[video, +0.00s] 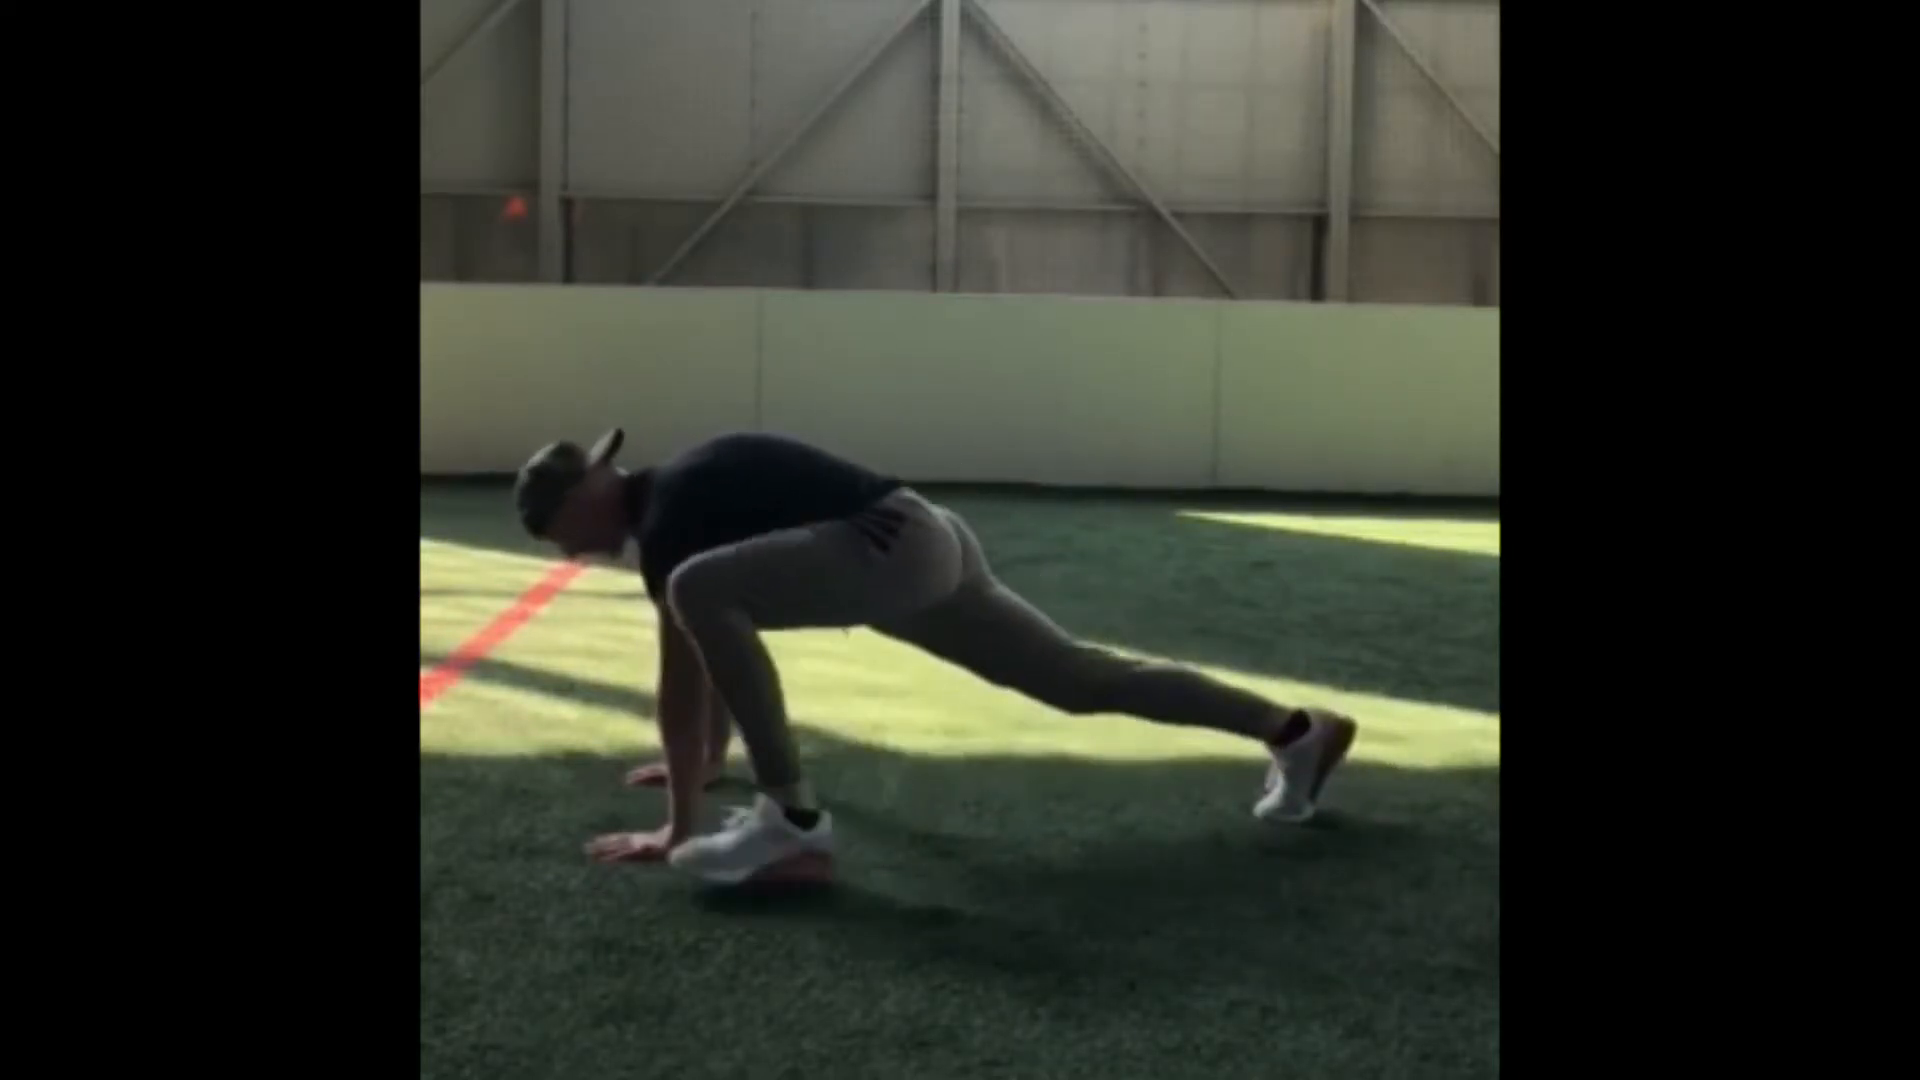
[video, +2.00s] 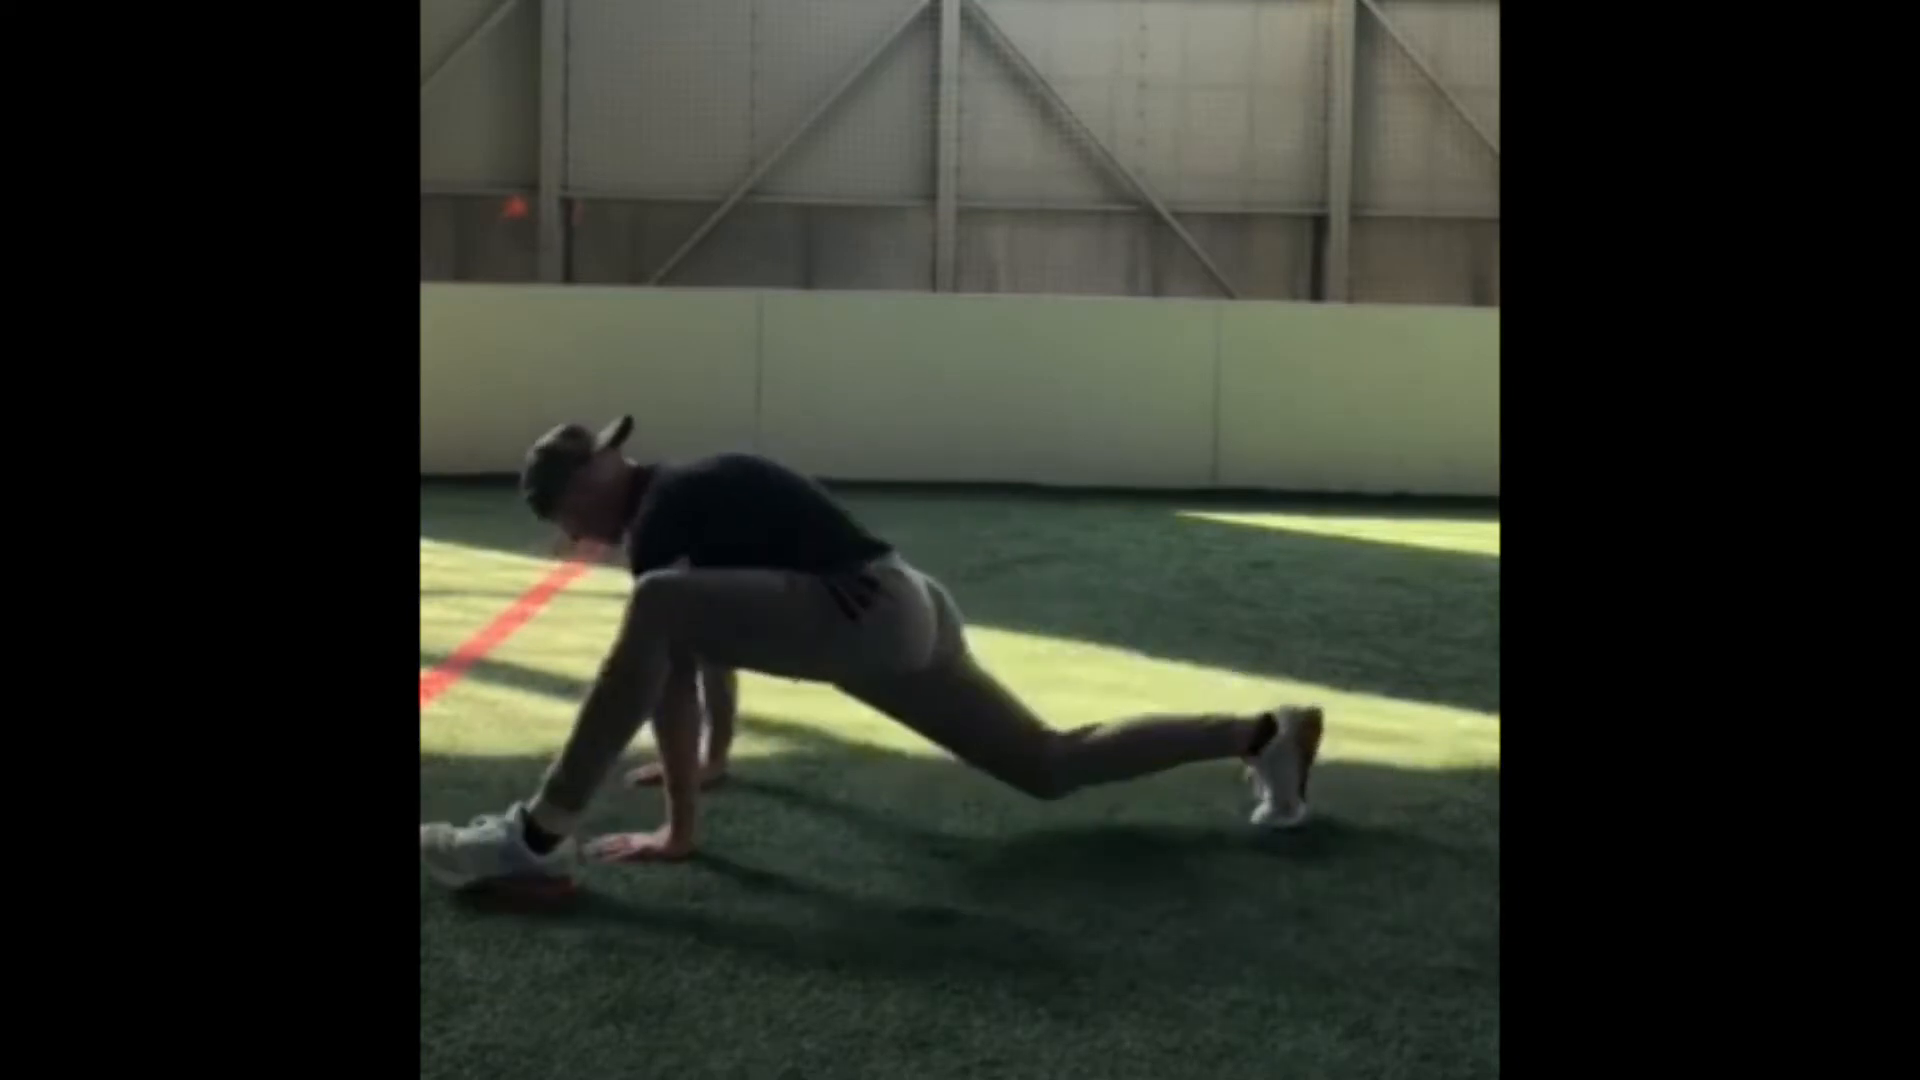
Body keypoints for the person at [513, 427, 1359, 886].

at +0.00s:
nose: (572, 554)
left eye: (564, 538)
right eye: (560, 544)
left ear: (591, 502)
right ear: (603, 488)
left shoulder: (662, 532)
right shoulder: (674, 500)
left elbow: (680, 683)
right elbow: (699, 661)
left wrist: (678, 825)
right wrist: (688, 760)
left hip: (894, 551)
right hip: (932, 543)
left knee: (697, 591)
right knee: (1080, 680)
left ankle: (782, 820)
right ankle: (1295, 733)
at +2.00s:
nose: (574, 545)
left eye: (570, 525)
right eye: (565, 533)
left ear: (597, 496)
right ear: (615, 478)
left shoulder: (660, 525)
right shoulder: (689, 499)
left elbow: (668, 680)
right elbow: (713, 658)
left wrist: (681, 832)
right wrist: (714, 762)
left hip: (870, 614)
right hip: (914, 610)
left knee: (650, 608)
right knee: (1048, 765)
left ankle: (536, 833)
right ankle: (1263, 736)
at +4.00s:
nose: (579, 562)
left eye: (569, 547)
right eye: (568, 552)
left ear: (589, 512)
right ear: (607, 494)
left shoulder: (654, 523)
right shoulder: (683, 502)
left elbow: (678, 678)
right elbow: (717, 657)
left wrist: (678, 827)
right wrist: (694, 765)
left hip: (887, 537)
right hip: (935, 529)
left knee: (714, 635)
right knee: (1077, 675)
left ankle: (878, 814)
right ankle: (1299, 734)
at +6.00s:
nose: (554, 570)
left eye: (547, 554)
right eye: (542, 560)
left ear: (569, 511)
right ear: (581, 494)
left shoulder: (636, 541)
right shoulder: (661, 502)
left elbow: (669, 687)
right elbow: (703, 652)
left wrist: (676, 830)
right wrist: (707, 755)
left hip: (885, 530)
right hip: (907, 497)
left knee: (974, 742)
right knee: (1011, 681)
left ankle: (1202, 722)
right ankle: (1201, 670)